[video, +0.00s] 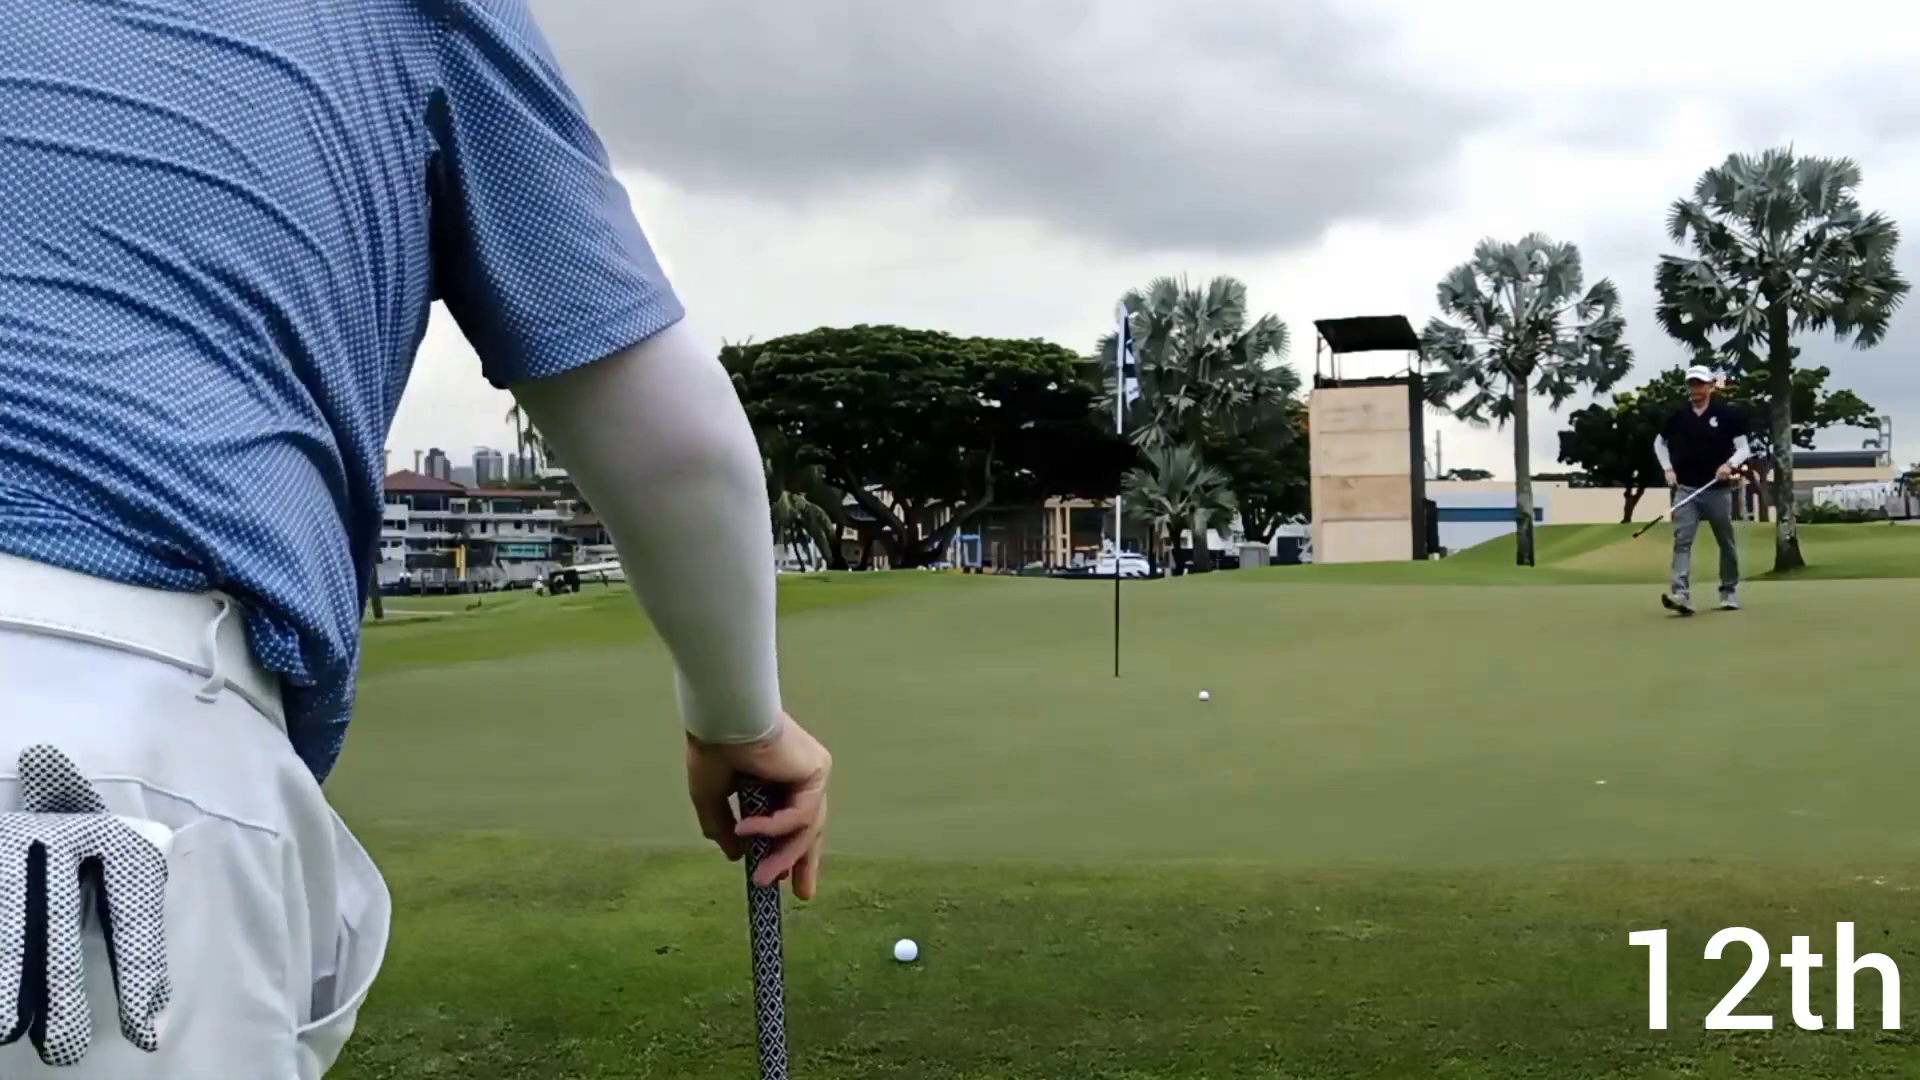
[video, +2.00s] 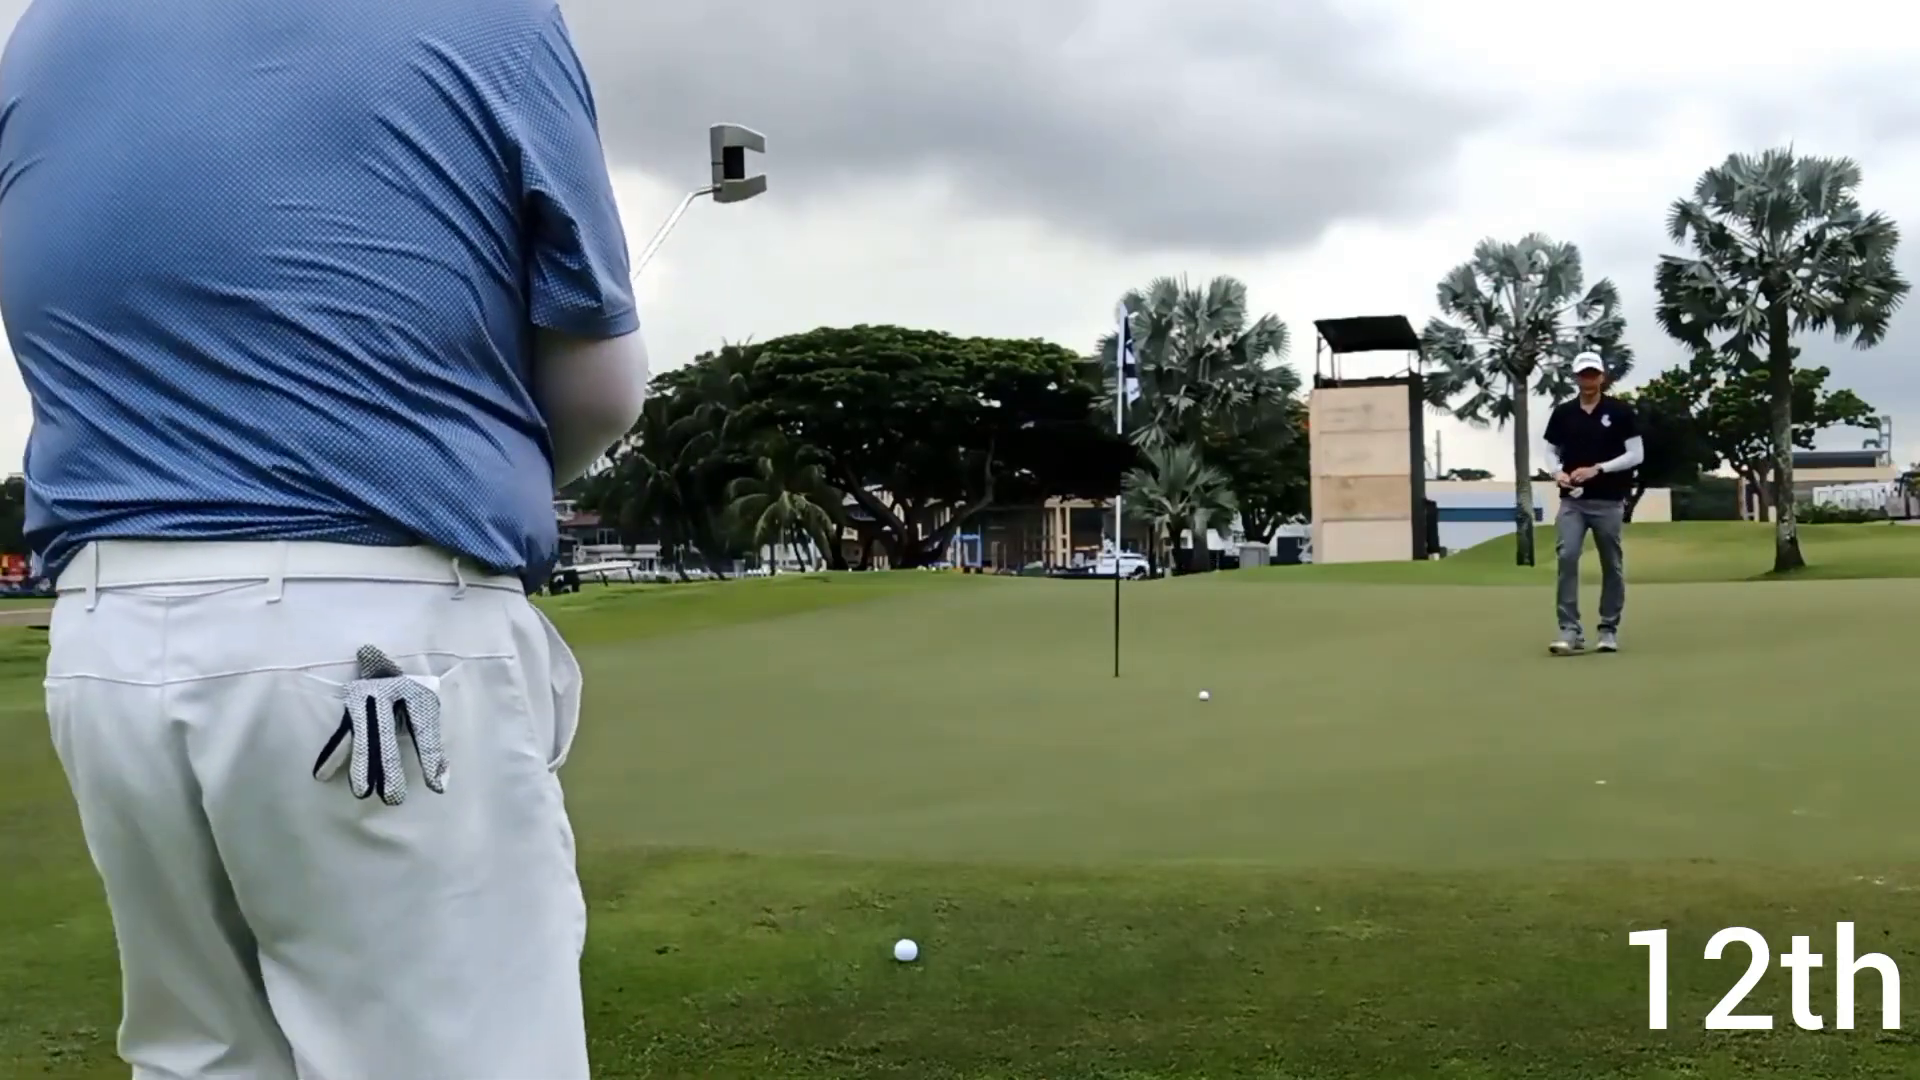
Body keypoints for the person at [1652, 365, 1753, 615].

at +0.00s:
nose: (1696, 389)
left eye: (1701, 384)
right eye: (1692, 384)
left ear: (1712, 386)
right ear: (1687, 387)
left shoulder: (1726, 415)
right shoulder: (1679, 416)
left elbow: (1743, 447)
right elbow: (1659, 443)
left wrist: (1730, 465)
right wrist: (1667, 469)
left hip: (1717, 489)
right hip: (1685, 490)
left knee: (1726, 542)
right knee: (1682, 540)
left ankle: (1729, 592)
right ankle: (1680, 594)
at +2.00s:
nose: (1588, 380)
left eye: (1594, 374)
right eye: (1583, 374)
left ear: (1603, 377)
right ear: (1576, 378)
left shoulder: (1620, 412)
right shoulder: (1563, 413)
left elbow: (1636, 455)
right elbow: (1550, 453)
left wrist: (1597, 468)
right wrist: (1559, 472)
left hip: (1609, 504)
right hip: (1572, 502)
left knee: (1612, 566)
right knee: (1566, 556)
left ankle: (1608, 629)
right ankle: (1569, 630)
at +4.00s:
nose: (1423, 371)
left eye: (1428, 363)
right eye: (1417, 365)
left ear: (1447, 358)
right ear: (1413, 366)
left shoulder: (1476, 399)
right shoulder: (1412, 406)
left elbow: (1499, 455)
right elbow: (1405, 462)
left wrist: (1513, 505)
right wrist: (1396, 512)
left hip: (1467, 510)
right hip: (1424, 514)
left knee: (1475, 586)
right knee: (1418, 585)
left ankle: (1485, 667)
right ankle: (1454, 640)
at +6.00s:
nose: (1214, 552)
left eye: (1209, 546)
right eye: (1209, 549)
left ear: (1215, 530)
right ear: (1218, 521)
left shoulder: (1239, 539)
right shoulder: (1260, 498)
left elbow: (1241, 613)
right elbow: (1319, 478)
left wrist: (1221, 671)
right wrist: (1351, 507)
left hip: (1346, 529)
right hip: (1362, 518)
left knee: (1278, 590)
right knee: (1312, 594)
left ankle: (1299, 682)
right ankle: (1342, 679)